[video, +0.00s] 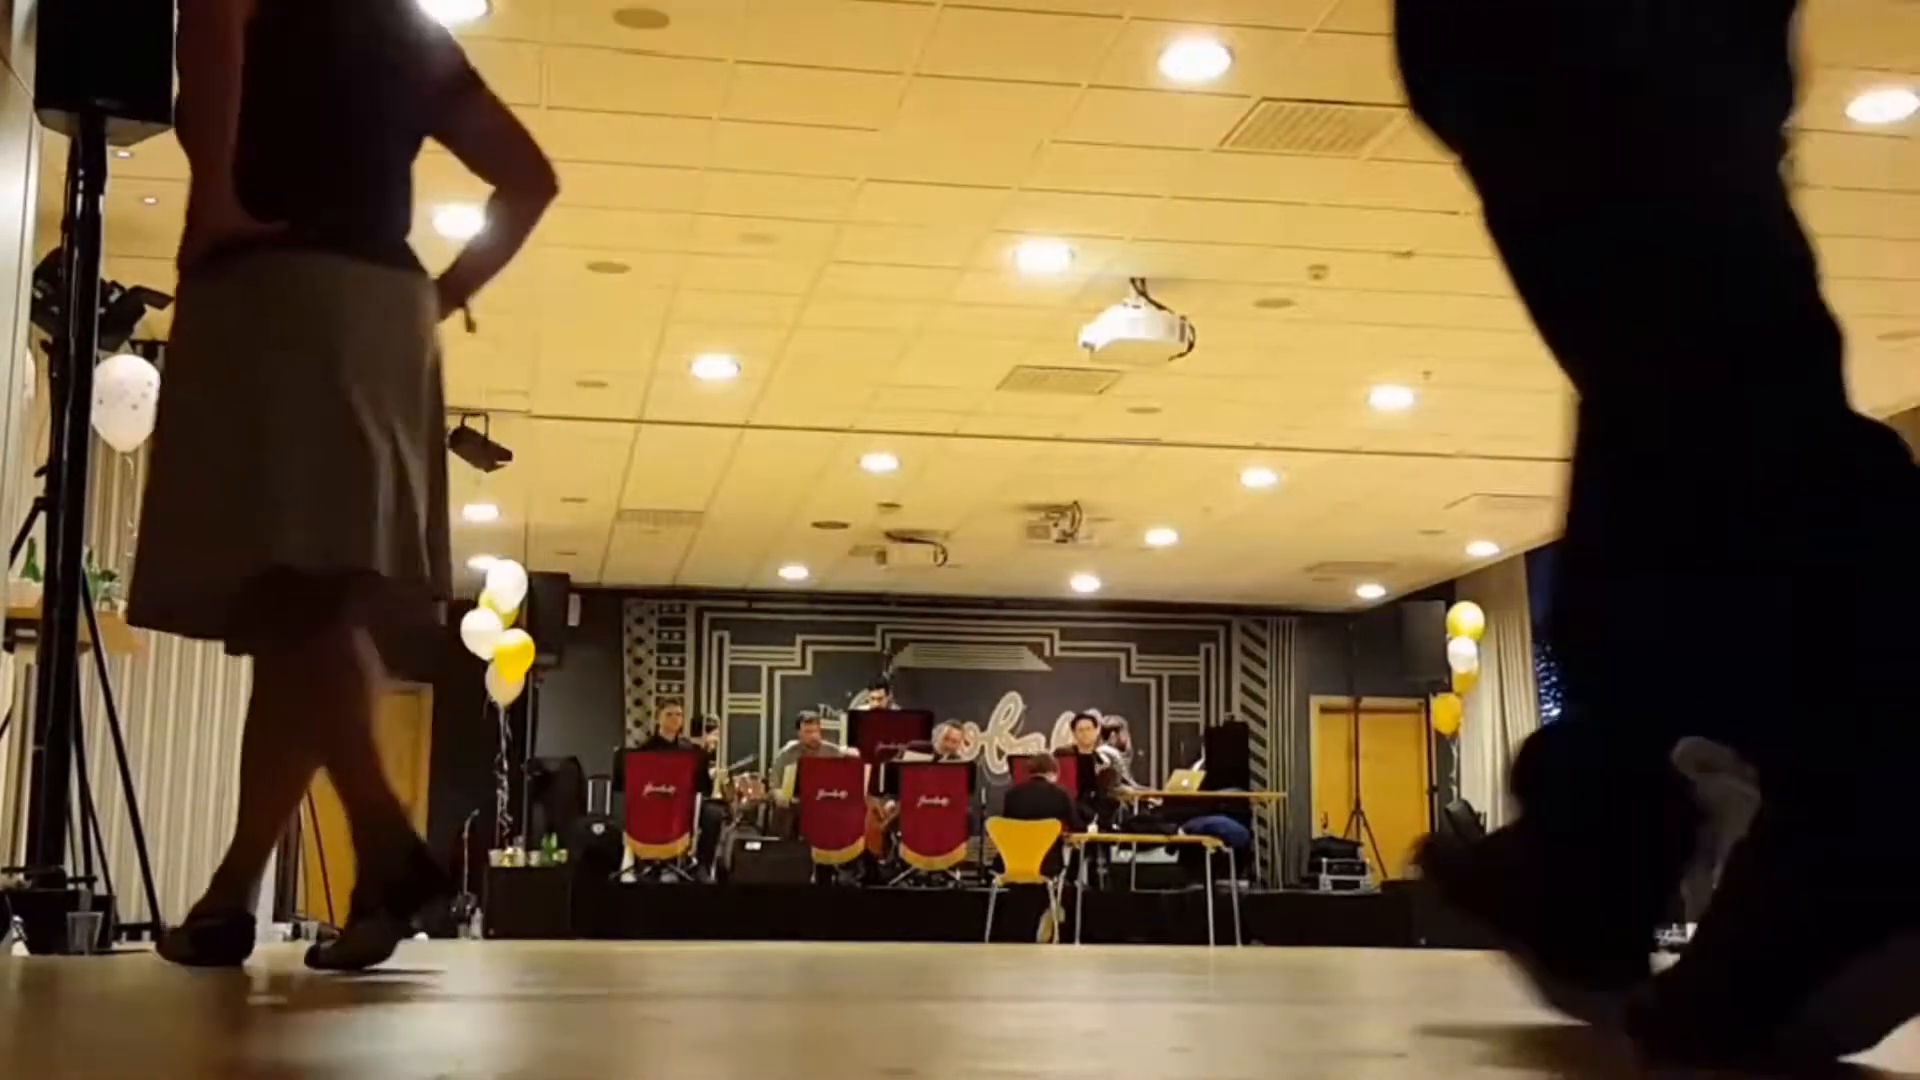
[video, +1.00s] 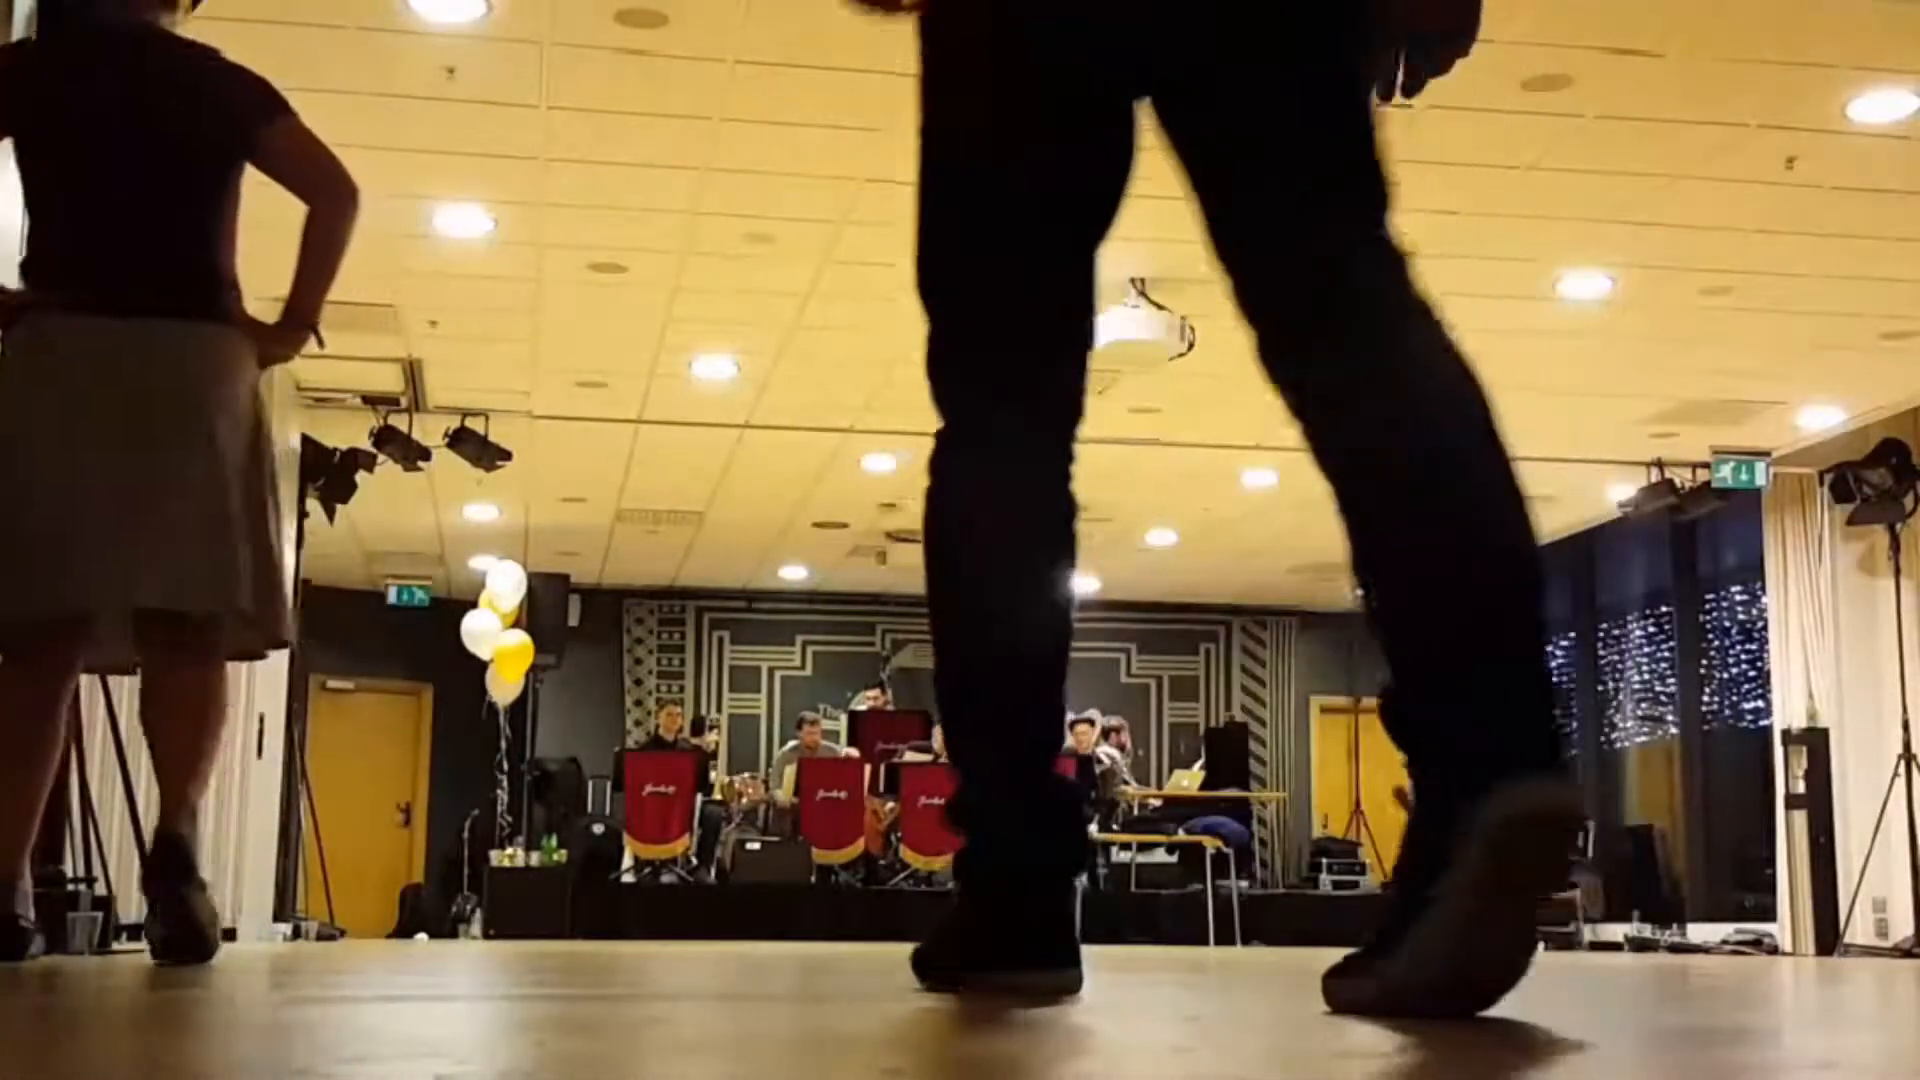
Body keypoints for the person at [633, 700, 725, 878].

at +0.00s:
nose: (674, 719)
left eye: (678, 715)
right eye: (669, 714)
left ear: (683, 719)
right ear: (658, 718)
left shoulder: (693, 751)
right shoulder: (645, 750)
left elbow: (704, 789)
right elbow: (634, 785)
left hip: (684, 806)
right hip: (653, 806)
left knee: (714, 813)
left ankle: (704, 866)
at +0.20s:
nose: (674, 719)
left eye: (678, 715)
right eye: (669, 714)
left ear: (682, 720)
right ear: (658, 718)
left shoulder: (693, 751)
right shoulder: (645, 750)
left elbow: (704, 788)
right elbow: (635, 784)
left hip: (684, 807)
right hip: (652, 806)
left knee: (714, 814)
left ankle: (703, 867)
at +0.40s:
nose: (674, 719)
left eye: (678, 715)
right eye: (669, 714)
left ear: (682, 720)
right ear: (659, 718)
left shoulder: (692, 751)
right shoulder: (647, 749)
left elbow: (704, 788)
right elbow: (636, 783)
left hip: (683, 806)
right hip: (653, 805)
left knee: (714, 814)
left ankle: (703, 866)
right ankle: (648, 865)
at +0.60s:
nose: (674, 720)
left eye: (678, 715)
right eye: (669, 715)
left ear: (682, 720)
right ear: (658, 718)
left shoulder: (692, 751)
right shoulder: (645, 750)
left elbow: (704, 788)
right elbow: (635, 783)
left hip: (683, 807)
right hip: (652, 806)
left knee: (714, 814)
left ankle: (703, 867)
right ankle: (645, 866)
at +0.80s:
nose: (674, 719)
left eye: (678, 715)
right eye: (669, 715)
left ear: (682, 720)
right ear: (659, 718)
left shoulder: (693, 751)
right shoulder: (645, 750)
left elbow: (703, 787)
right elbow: (635, 783)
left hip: (683, 807)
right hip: (652, 806)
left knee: (714, 814)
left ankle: (704, 867)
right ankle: (645, 866)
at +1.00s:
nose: (674, 720)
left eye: (678, 715)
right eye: (669, 715)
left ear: (682, 720)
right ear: (659, 718)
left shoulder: (693, 751)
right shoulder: (645, 750)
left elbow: (704, 788)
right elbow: (636, 783)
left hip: (684, 806)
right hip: (652, 805)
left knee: (714, 814)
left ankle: (704, 867)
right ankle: (645, 867)